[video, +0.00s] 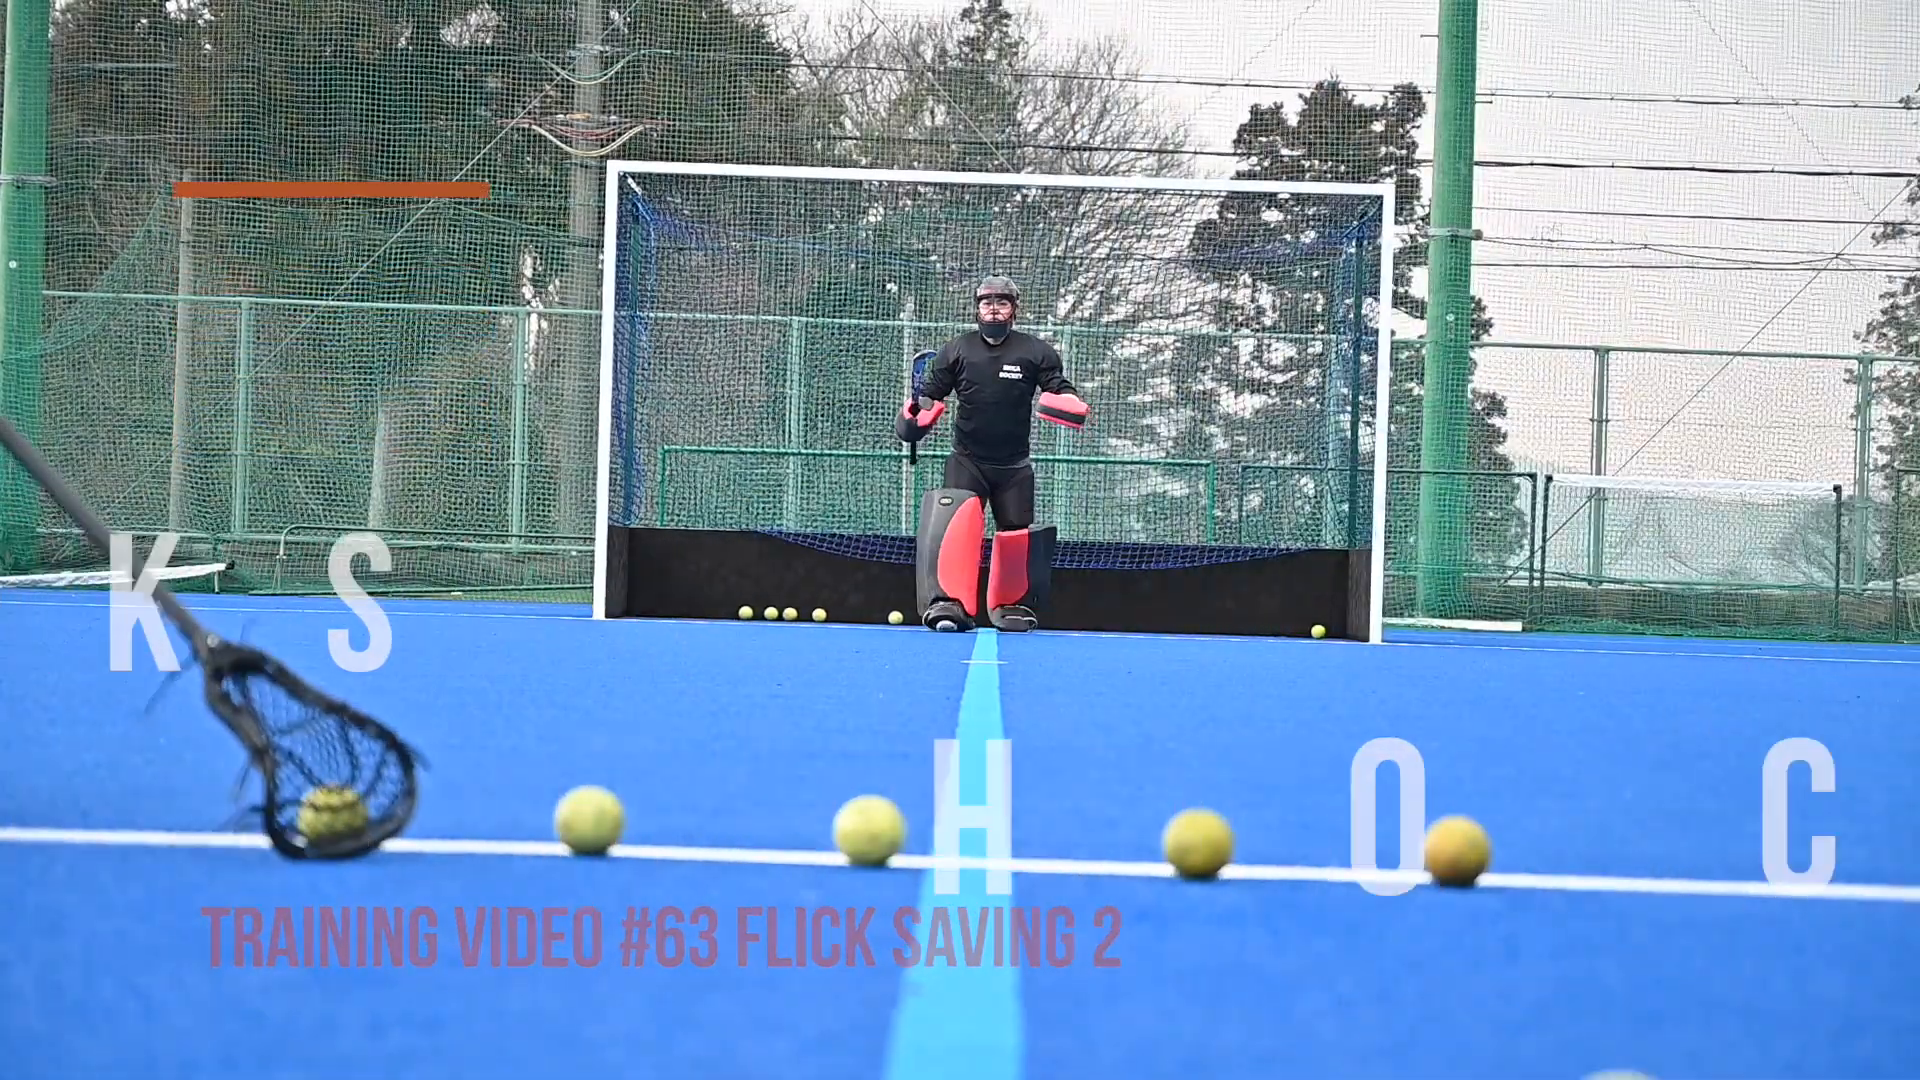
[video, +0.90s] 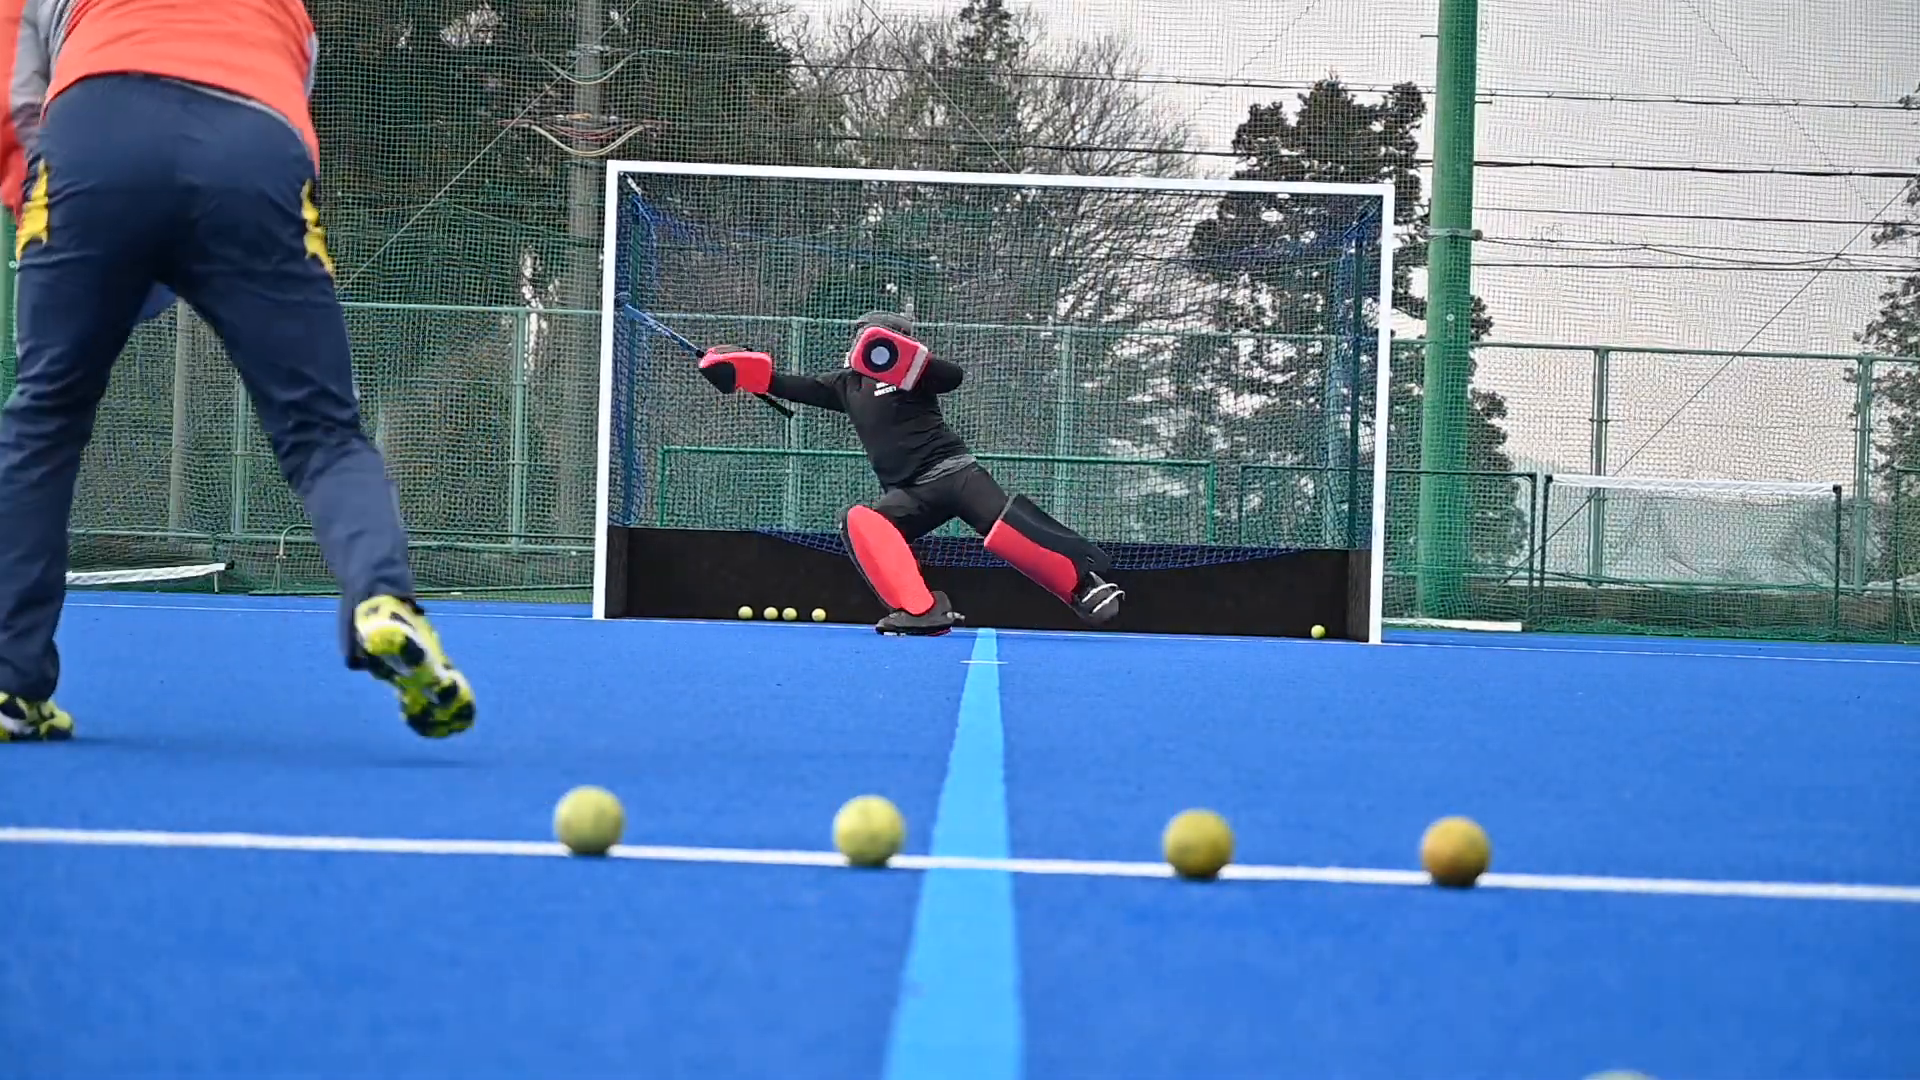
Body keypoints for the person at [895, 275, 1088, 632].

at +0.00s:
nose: (992, 309)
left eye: (1001, 302)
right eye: (986, 302)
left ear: (1014, 309)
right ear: (977, 308)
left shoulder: (1036, 351)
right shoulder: (956, 350)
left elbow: (1060, 388)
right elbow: (929, 396)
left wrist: (1070, 403)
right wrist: (915, 415)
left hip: (1014, 464)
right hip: (966, 460)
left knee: (1016, 538)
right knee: (955, 530)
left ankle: (1011, 608)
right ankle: (949, 607)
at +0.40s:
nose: (993, 293)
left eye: (1001, 286)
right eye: (986, 286)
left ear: (1013, 293)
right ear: (975, 293)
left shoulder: (1037, 330)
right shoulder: (956, 335)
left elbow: (1083, 347)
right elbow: (914, 365)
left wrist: (1081, 365)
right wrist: (903, 389)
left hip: (1021, 457)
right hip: (970, 453)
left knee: (1027, 530)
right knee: (949, 522)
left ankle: (1024, 608)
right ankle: (946, 602)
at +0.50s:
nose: (994, 298)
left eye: (1001, 291)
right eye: (986, 291)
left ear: (1013, 297)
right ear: (975, 297)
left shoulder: (1034, 325)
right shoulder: (957, 332)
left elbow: (1086, 328)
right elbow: (916, 352)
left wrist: (1076, 355)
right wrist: (905, 380)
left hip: (1026, 449)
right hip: (976, 447)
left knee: (1042, 515)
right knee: (945, 504)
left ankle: (1046, 594)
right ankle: (931, 587)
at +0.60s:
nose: (990, 314)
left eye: (998, 307)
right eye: (982, 307)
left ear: (1011, 313)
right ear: (971, 314)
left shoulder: (1036, 351)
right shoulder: (957, 357)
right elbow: (935, 399)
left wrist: (1056, 399)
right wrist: (911, 423)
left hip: (1028, 464)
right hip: (974, 463)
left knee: (1063, 526)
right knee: (939, 511)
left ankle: (1098, 612)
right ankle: (909, 596)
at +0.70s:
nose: (967, 333)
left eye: (976, 326)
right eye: (961, 327)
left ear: (992, 332)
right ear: (953, 333)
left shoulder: (1019, 372)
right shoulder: (945, 379)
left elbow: (1036, 418)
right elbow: (927, 430)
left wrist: (997, 403)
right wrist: (884, 428)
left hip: (1024, 486)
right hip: (971, 487)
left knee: (1066, 540)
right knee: (934, 504)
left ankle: (1110, 617)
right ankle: (909, 600)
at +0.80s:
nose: (914, 340)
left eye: (924, 333)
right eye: (911, 333)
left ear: (945, 340)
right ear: (907, 339)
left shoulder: (966, 370)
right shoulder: (899, 383)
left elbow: (990, 402)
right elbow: (860, 416)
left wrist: (944, 384)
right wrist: (818, 405)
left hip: (996, 477)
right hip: (947, 492)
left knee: (1044, 540)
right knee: (900, 517)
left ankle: (1109, 609)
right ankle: (924, 608)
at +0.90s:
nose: (867, 348)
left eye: (878, 343)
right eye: (863, 343)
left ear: (898, 345)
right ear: (857, 348)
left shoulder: (915, 373)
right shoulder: (843, 385)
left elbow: (952, 379)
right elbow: (785, 386)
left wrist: (905, 357)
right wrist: (733, 369)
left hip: (954, 470)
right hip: (907, 493)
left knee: (1005, 524)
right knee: (862, 522)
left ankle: (1087, 588)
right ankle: (922, 607)